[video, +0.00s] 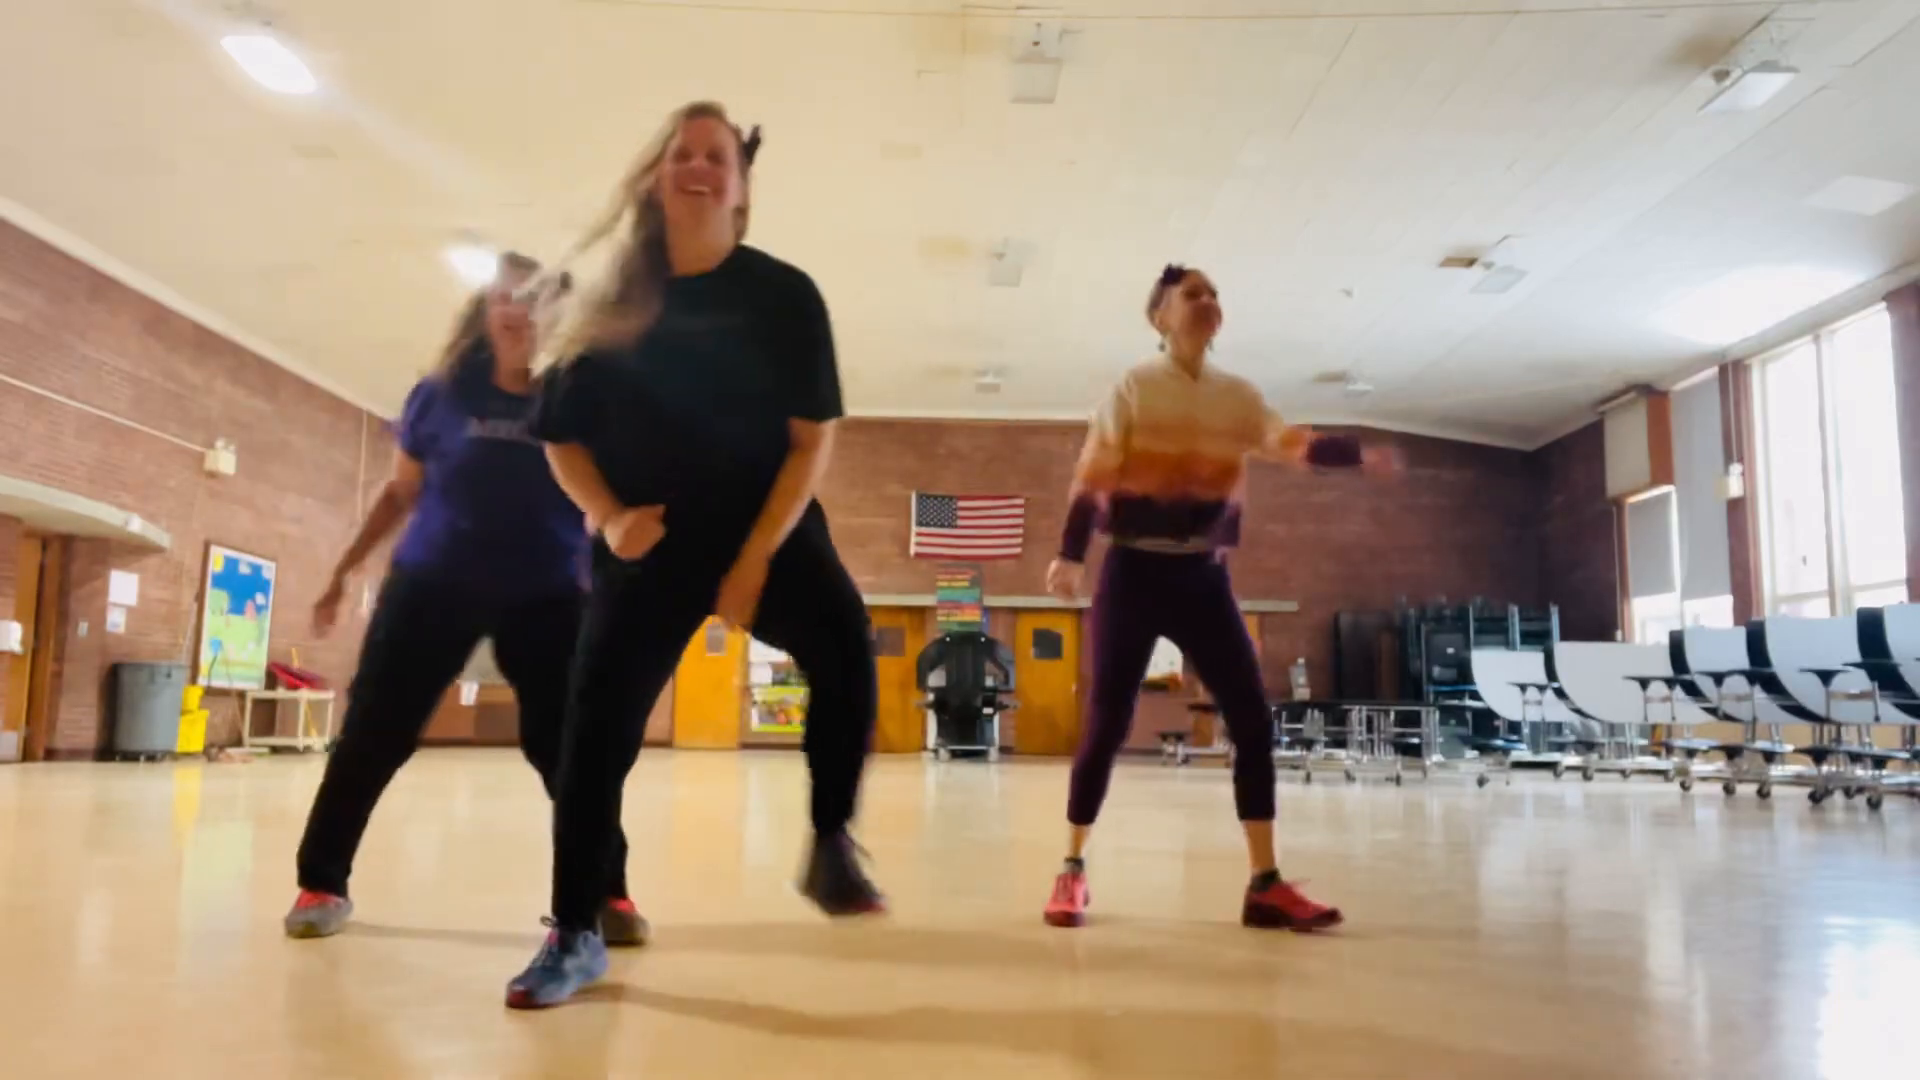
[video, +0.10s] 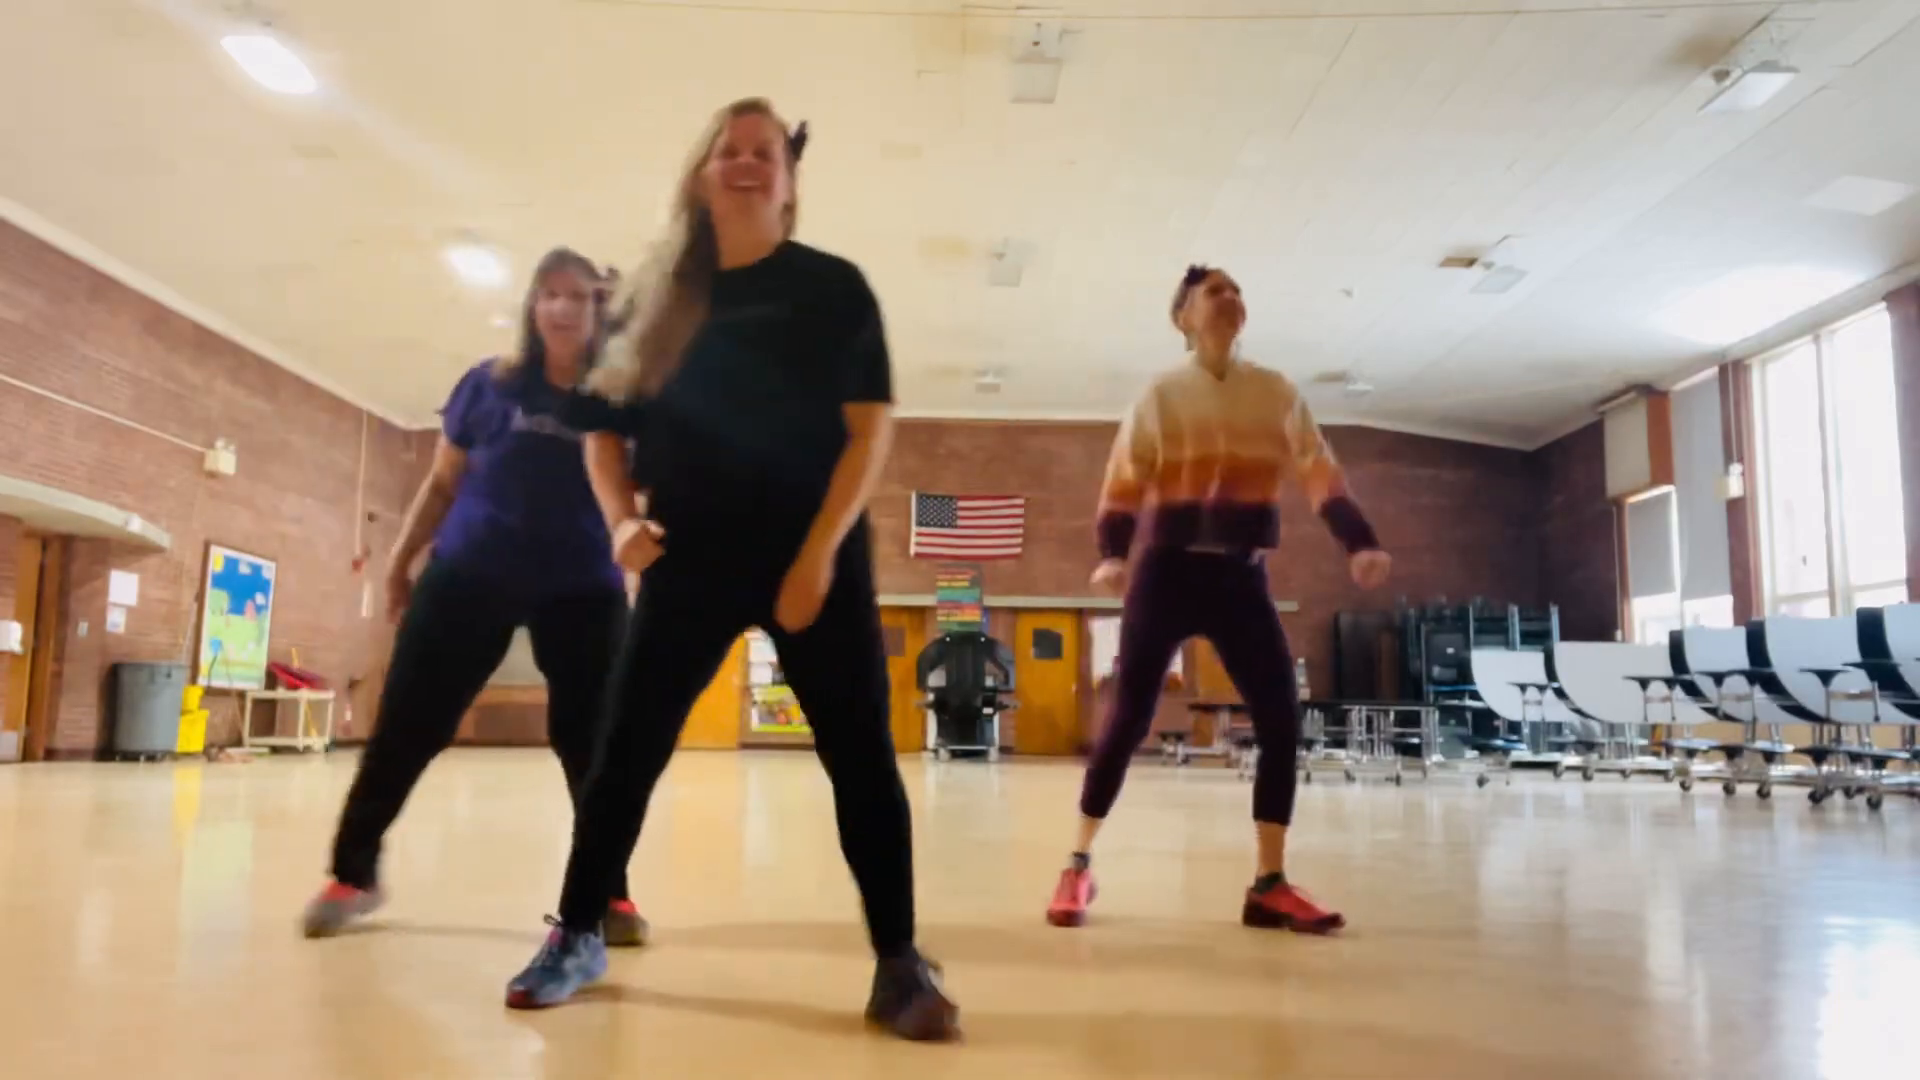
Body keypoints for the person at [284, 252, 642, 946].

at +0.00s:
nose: (516, 314)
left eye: (530, 302)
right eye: (505, 301)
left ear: (553, 314)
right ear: (484, 311)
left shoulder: (572, 403)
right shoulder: (440, 396)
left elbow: (609, 498)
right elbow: (400, 492)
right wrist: (344, 571)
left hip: (543, 594)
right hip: (436, 587)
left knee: (565, 744)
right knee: (375, 731)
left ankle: (608, 892)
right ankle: (321, 886)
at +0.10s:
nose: (562, 307)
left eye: (576, 296)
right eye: (551, 294)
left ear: (600, 309)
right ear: (531, 304)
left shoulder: (619, 398)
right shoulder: (489, 384)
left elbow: (640, 492)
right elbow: (441, 481)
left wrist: (641, 561)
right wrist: (397, 563)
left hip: (579, 583)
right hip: (473, 573)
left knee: (591, 740)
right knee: (407, 722)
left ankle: (609, 894)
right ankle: (354, 875)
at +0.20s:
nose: (597, 305)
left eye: (612, 295)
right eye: (584, 293)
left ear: (636, 307)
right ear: (566, 305)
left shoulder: (658, 392)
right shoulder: (524, 378)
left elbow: (695, 484)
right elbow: (474, 469)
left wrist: (690, 513)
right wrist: (424, 542)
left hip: (603, 583)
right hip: (501, 569)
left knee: (596, 736)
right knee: (459, 709)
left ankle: (603, 904)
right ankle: (459, 858)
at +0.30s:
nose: (618, 306)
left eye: (632, 295)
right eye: (606, 294)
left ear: (657, 309)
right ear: (589, 307)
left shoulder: (681, 407)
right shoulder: (547, 382)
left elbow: (721, 502)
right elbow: (496, 470)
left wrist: (758, 561)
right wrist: (447, 530)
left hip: (624, 590)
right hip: (528, 578)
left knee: (609, 737)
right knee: (521, 719)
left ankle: (609, 892)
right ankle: (565, 842)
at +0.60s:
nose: (628, 324)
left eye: (637, 312)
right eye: (613, 315)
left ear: (657, 321)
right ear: (594, 328)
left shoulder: (701, 400)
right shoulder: (573, 414)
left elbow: (741, 495)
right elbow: (544, 503)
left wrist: (751, 573)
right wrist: (541, 534)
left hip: (692, 587)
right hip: (600, 592)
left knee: (676, 728)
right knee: (609, 736)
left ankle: (665, 882)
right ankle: (629, 877)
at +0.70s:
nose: (638, 318)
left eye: (647, 306)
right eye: (624, 310)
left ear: (669, 315)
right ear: (606, 326)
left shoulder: (715, 396)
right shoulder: (585, 412)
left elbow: (762, 484)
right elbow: (559, 497)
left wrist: (773, 552)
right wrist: (556, 507)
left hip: (707, 582)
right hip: (613, 589)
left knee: (703, 722)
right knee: (619, 738)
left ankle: (729, 872)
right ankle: (637, 877)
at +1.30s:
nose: (728, 318)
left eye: (739, 308)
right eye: (716, 308)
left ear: (758, 322)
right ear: (695, 323)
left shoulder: (788, 405)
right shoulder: (661, 400)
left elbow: (818, 490)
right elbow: (614, 476)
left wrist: (820, 538)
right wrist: (598, 476)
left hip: (764, 597)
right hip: (670, 592)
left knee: (756, 742)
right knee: (649, 735)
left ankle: (740, 883)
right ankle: (638, 878)